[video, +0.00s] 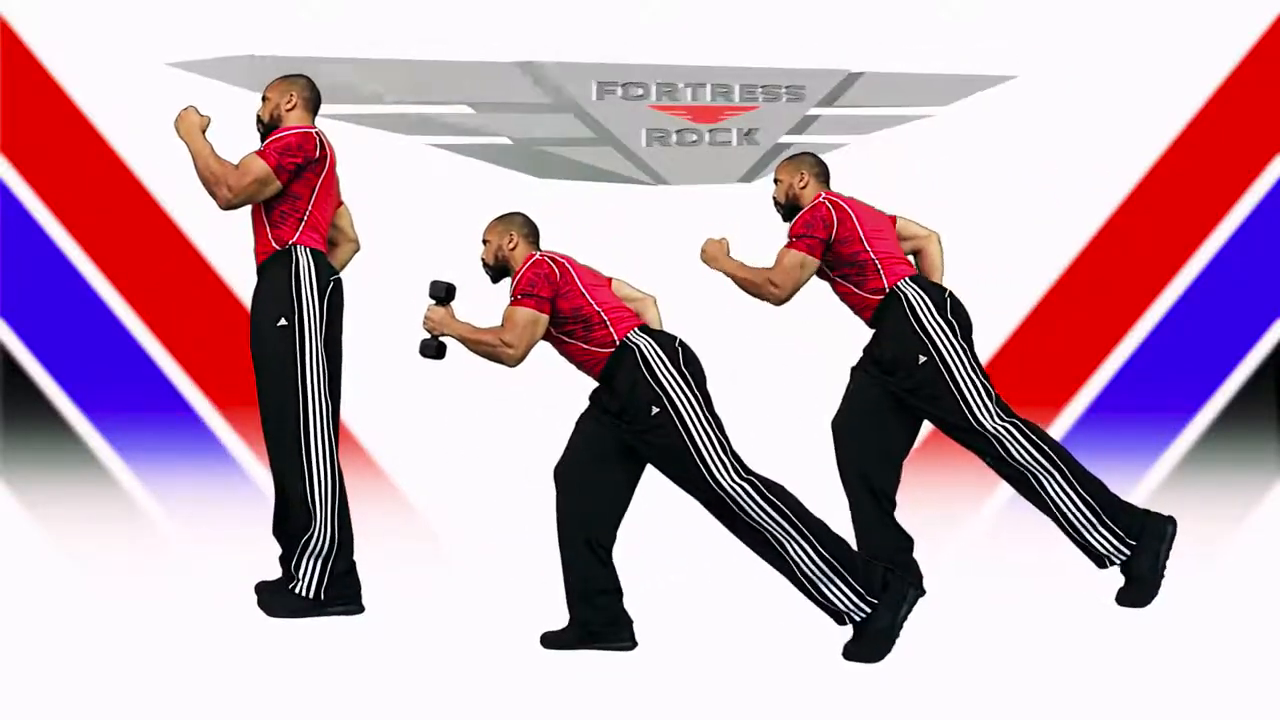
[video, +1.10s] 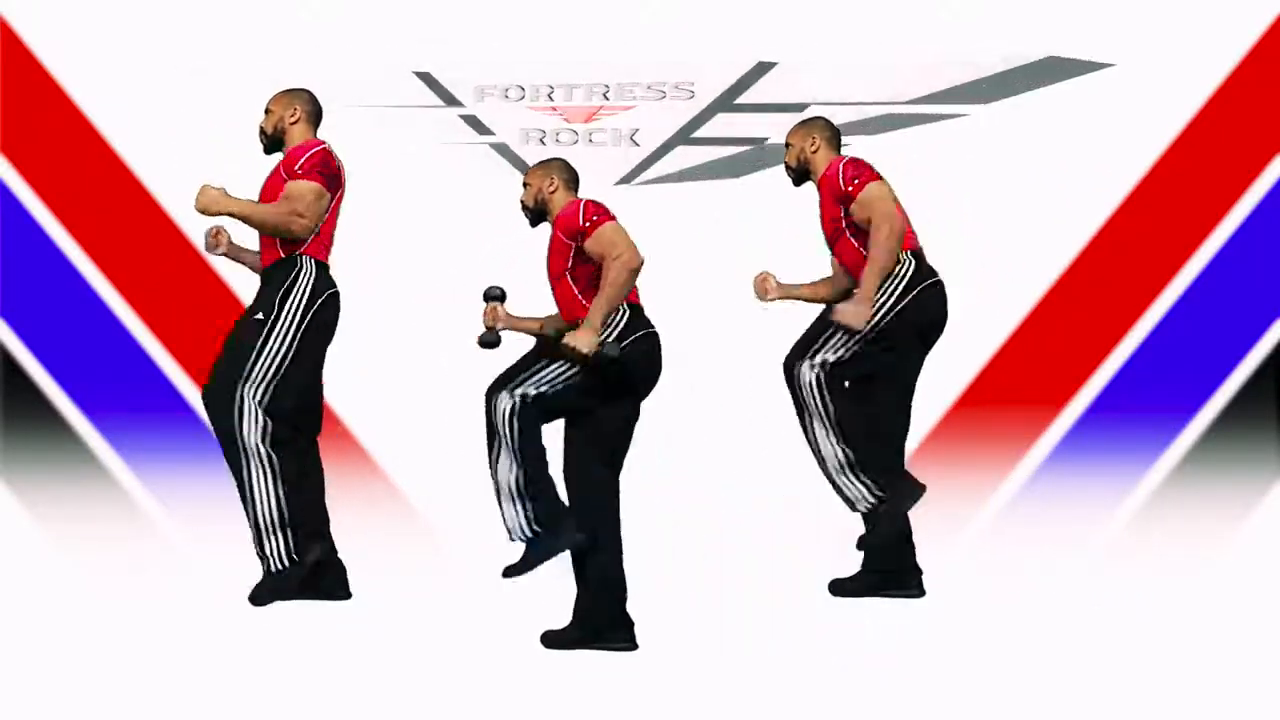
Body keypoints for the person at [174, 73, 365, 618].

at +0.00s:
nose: (258, 108)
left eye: (264, 98)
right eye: (260, 101)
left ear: (288, 101)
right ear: (301, 106)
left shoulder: (299, 141)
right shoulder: (308, 153)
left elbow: (229, 190)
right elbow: (345, 239)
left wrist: (195, 136)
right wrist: (300, 287)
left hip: (296, 285)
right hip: (296, 286)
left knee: (304, 432)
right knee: (295, 432)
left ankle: (323, 583)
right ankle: (309, 575)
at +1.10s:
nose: (261, 120)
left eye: (268, 111)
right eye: (263, 112)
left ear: (292, 114)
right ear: (295, 117)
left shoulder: (313, 153)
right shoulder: (283, 174)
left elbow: (300, 217)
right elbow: (282, 263)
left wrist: (229, 204)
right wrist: (235, 249)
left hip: (298, 287)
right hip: (288, 292)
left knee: (241, 400)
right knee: (291, 426)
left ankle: (285, 562)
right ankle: (318, 566)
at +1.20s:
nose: (262, 120)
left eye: (269, 111)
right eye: (265, 113)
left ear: (294, 113)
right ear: (296, 118)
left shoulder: (314, 152)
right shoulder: (287, 175)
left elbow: (339, 213)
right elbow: (251, 253)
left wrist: (263, 231)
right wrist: (215, 209)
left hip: (301, 284)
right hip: (295, 293)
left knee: (198, 353)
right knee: (288, 436)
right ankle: (314, 571)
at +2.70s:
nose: (263, 124)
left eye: (269, 114)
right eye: (265, 116)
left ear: (293, 114)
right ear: (299, 118)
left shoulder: (316, 157)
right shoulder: (288, 175)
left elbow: (292, 221)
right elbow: (272, 266)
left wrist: (223, 199)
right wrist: (222, 258)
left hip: (299, 287)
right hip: (294, 292)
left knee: (223, 393)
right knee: (287, 429)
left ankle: (266, 549)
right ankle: (318, 567)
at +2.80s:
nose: (260, 122)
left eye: (266, 112)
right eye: (262, 115)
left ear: (291, 111)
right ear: (300, 116)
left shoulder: (309, 152)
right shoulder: (297, 164)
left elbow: (258, 206)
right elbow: (297, 254)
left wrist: (202, 169)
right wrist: (255, 288)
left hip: (298, 287)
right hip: (292, 289)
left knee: (261, 421)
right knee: (286, 427)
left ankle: (292, 572)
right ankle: (322, 566)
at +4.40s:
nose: (261, 121)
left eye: (267, 112)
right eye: (262, 113)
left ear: (292, 113)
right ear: (294, 117)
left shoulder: (309, 149)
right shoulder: (278, 178)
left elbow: (328, 211)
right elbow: (256, 258)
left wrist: (256, 232)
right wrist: (212, 216)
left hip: (302, 284)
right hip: (294, 291)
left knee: (207, 366)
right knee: (288, 429)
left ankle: (246, 503)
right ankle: (315, 570)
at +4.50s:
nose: (260, 120)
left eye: (267, 111)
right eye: (262, 113)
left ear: (293, 113)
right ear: (292, 118)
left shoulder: (309, 147)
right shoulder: (285, 180)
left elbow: (354, 205)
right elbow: (232, 234)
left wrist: (298, 245)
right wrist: (209, 181)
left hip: (295, 283)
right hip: (301, 297)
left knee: (185, 326)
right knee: (289, 437)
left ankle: (211, 454)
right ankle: (315, 571)